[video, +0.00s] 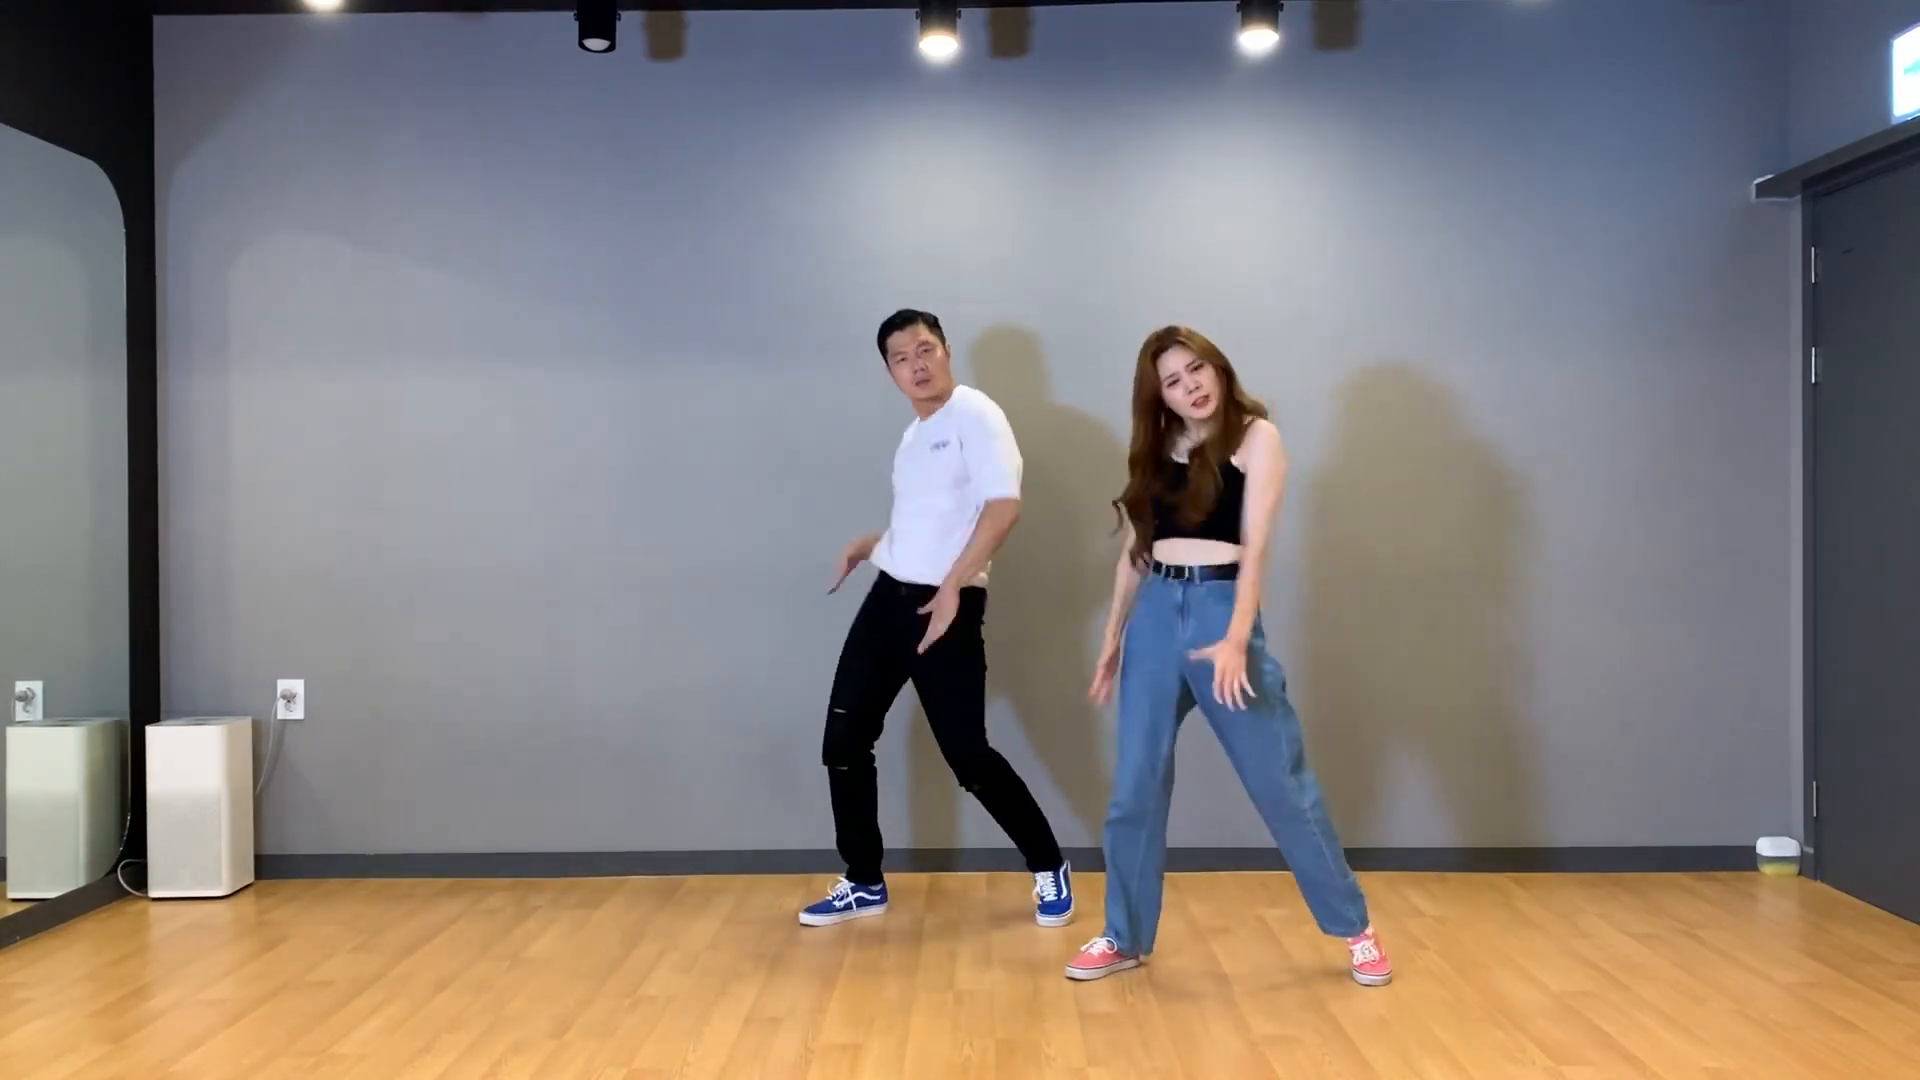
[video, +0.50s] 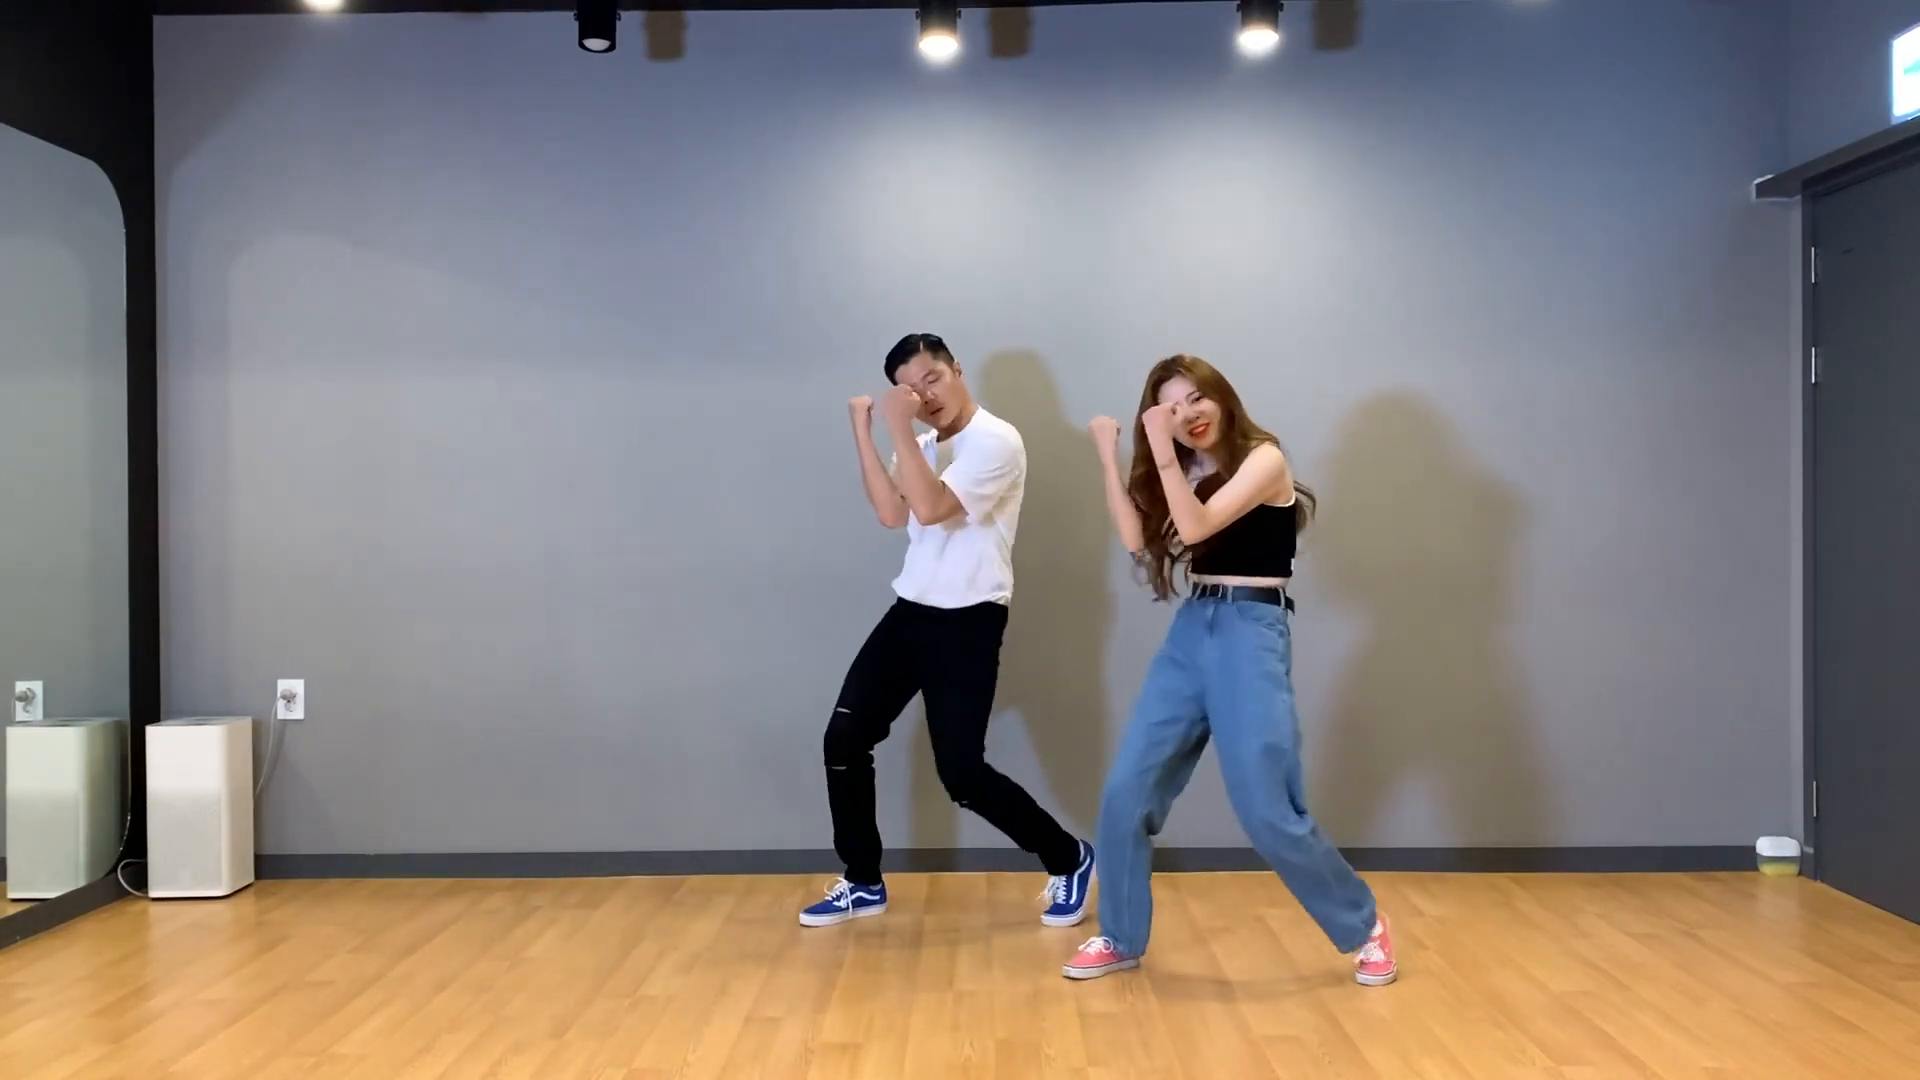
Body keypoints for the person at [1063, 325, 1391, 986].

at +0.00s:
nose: (1191, 385)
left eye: (1196, 368)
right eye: (1174, 381)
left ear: (1217, 368)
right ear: (1161, 396)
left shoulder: (1257, 439)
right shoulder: (1158, 450)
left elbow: (1254, 550)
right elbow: (1134, 553)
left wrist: (1236, 639)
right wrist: (1113, 639)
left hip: (1226, 612)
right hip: (1153, 613)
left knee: (1282, 781)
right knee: (1137, 781)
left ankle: (1355, 928)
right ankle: (1124, 935)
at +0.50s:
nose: (1191, 415)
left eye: (1198, 398)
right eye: (1175, 410)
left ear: (1223, 398)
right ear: (1164, 422)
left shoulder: (1266, 459)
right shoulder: (1182, 472)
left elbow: (1195, 527)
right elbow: (1135, 537)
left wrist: (1161, 447)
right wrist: (1108, 455)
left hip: (1251, 629)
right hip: (1192, 626)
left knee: (1263, 808)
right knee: (1127, 789)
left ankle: (1364, 924)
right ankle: (1121, 938)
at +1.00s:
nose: (1228, 399)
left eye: (1240, 385)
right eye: (1212, 390)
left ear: (1262, 391)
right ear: (1198, 403)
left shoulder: (1290, 434)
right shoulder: (1181, 476)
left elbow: (1318, 530)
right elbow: (1162, 578)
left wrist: (1299, 612)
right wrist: (1127, 678)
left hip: (1263, 642)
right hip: (1185, 632)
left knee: (1312, 800)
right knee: (1098, 765)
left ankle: (1337, 935)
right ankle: (1092, 920)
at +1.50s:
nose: (1234, 381)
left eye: (1245, 367)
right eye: (1220, 370)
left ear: (1267, 369)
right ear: (1204, 377)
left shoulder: (1290, 440)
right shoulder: (1174, 442)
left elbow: (1329, 510)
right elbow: (1138, 528)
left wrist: (1309, 597)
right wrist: (1129, 614)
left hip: (1260, 618)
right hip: (1177, 616)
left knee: (1303, 776)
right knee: (1134, 777)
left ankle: (1336, 932)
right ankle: (1108, 922)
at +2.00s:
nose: (1227, 392)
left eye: (1239, 380)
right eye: (1213, 380)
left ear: (1254, 388)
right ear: (1192, 388)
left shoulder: (1278, 450)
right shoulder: (1163, 451)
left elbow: (1318, 527)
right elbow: (1116, 532)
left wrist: (1350, 609)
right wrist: (1081, 615)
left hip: (1256, 624)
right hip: (1175, 621)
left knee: (1310, 772)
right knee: (1132, 764)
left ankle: (1353, 917)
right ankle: (1108, 921)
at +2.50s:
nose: (1277, 412)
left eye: (1281, 399)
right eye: (1258, 406)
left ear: (1295, 403)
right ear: (1236, 423)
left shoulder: (1336, 460)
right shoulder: (1224, 487)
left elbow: (1378, 529)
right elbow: (1149, 551)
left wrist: (1437, 582)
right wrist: (1066, 595)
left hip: (1311, 632)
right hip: (1243, 629)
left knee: (1329, 796)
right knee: (1198, 784)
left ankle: (1343, 933)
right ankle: (1113, 891)